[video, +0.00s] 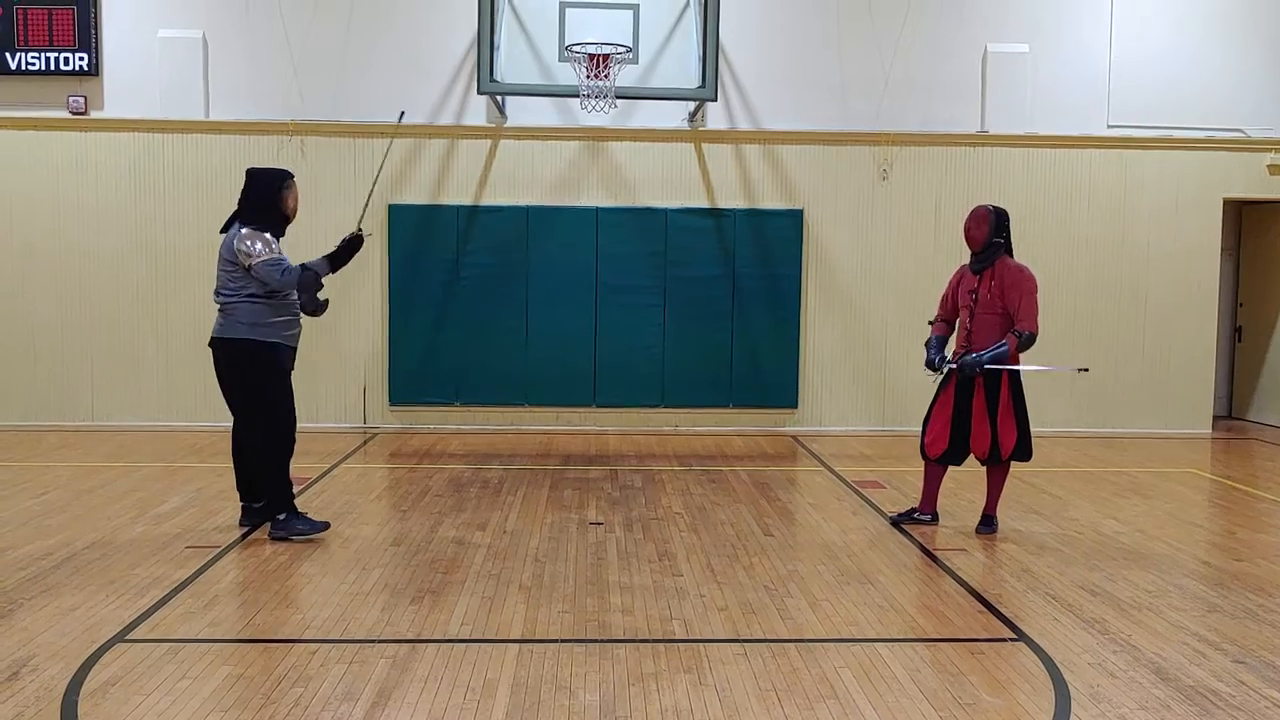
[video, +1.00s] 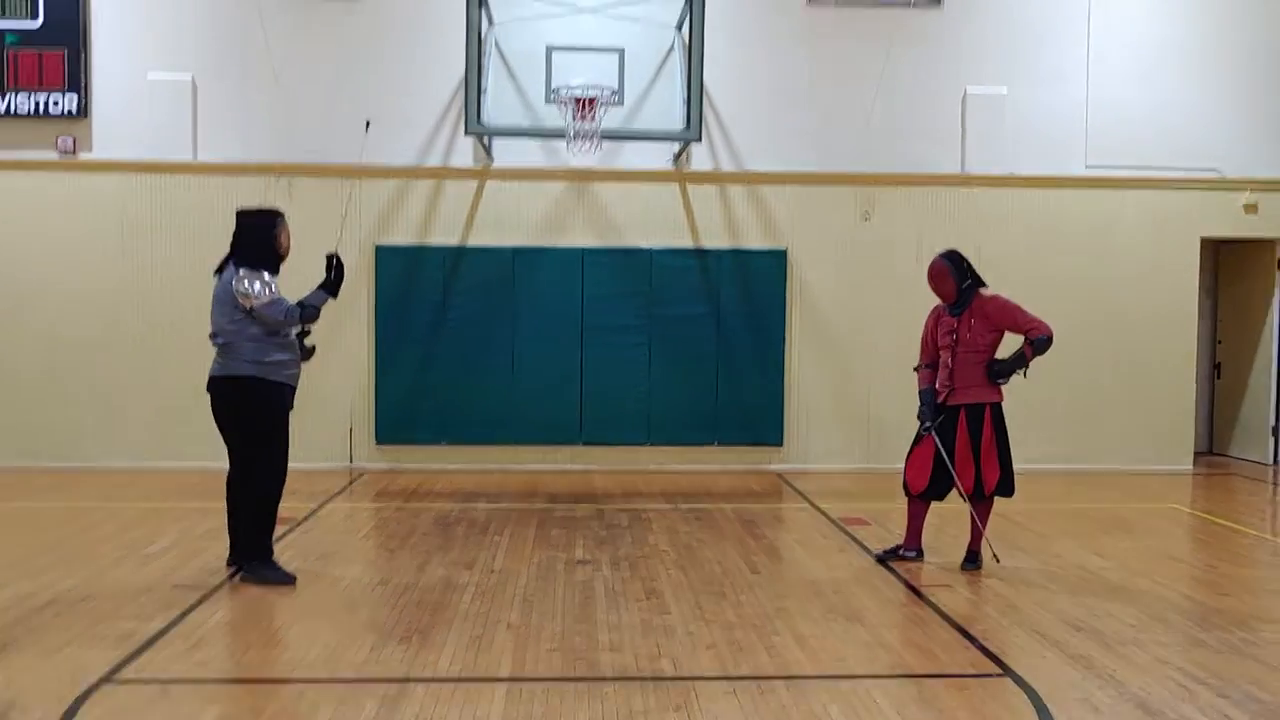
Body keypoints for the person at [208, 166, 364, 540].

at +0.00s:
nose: (296, 203)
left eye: (295, 195)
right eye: (292, 195)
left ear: (268, 196)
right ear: (273, 197)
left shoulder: (248, 234)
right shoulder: (251, 236)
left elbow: (273, 287)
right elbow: (285, 279)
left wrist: (304, 299)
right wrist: (334, 260)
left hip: (244, 346)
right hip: (253, 348)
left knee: (251, 427)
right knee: (277, 427)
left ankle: (255, 506)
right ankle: (283, 515)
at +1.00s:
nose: (289, 242)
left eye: (287, 234)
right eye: (284, 234)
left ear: (255, 236)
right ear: (266, 237)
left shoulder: (236, 274)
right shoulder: (249, 275)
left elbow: (247, 336)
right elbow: (281, 316)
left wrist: (292, 349)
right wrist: (326, 289)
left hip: (241, 384)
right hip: (253, 388)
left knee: (247, 469)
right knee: (266, 471)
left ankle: (243, 553)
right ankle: (256, 559)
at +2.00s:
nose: (304, 228)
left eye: (303, 220)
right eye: (299, 220)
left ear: (277, 223)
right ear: (279, 222)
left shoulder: (277, 266)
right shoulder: (259, 265)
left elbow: (303, 310)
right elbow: (294, 312)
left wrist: (332, 297)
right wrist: (328, 292)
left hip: (280, 375)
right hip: (261, 374)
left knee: (277, 457)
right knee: (268, 458)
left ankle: (262, 538)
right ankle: (262, 545)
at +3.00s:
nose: (305, 222)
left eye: (304, 214)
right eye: (300, 214)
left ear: (278, 217)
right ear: (281, 217)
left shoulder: (271, 261)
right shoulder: (256, 257)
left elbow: (284, 310)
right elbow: (275, 308)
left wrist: (318, 306)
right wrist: (316, 289)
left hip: (272, 369)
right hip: (257, 368)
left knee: (265, 451)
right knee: (266, 452)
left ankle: (251, 532)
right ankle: (258, 538)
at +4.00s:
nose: (315, 203)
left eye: (314, 195)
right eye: (311, 195)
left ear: (286, 196)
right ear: (291, 197)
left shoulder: (274, 237)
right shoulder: (266, 239)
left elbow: (274, 297)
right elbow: (269, 295)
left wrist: (302, 341)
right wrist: (295, 337)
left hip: (273, 347)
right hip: (262, 346)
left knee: (277, 429)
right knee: (270, 430)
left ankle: (263, 509)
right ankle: (264, 517)